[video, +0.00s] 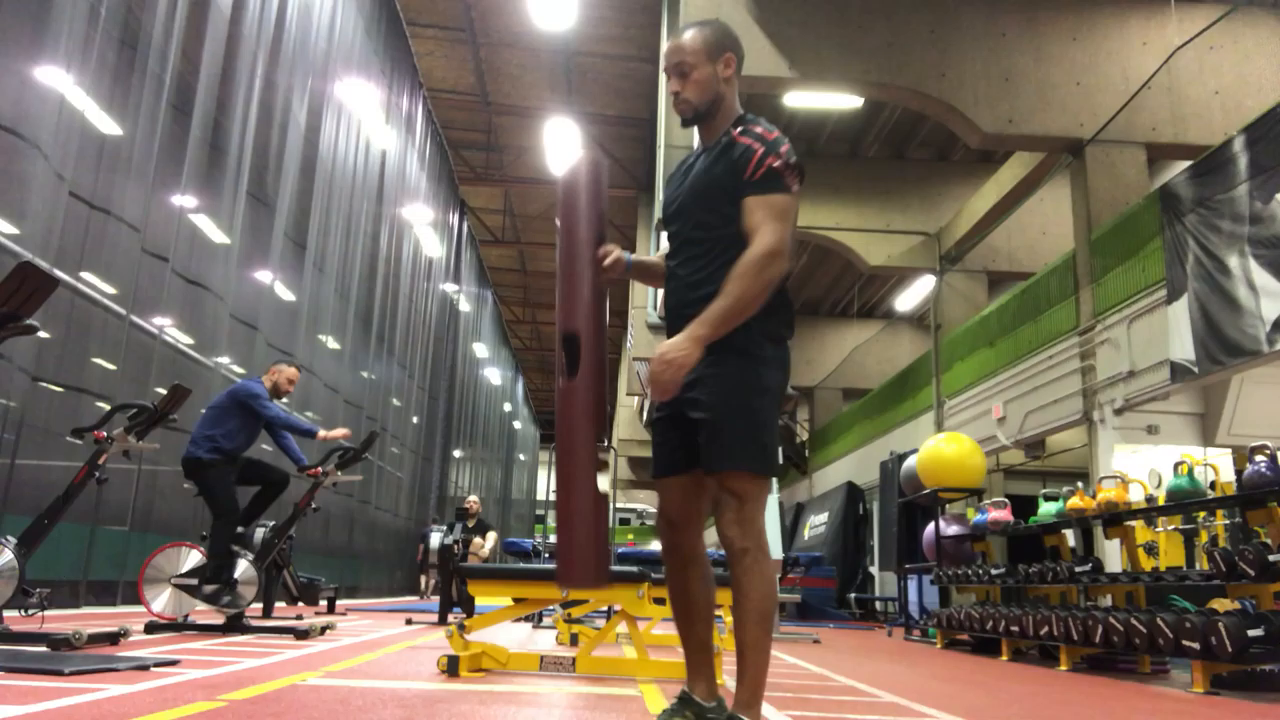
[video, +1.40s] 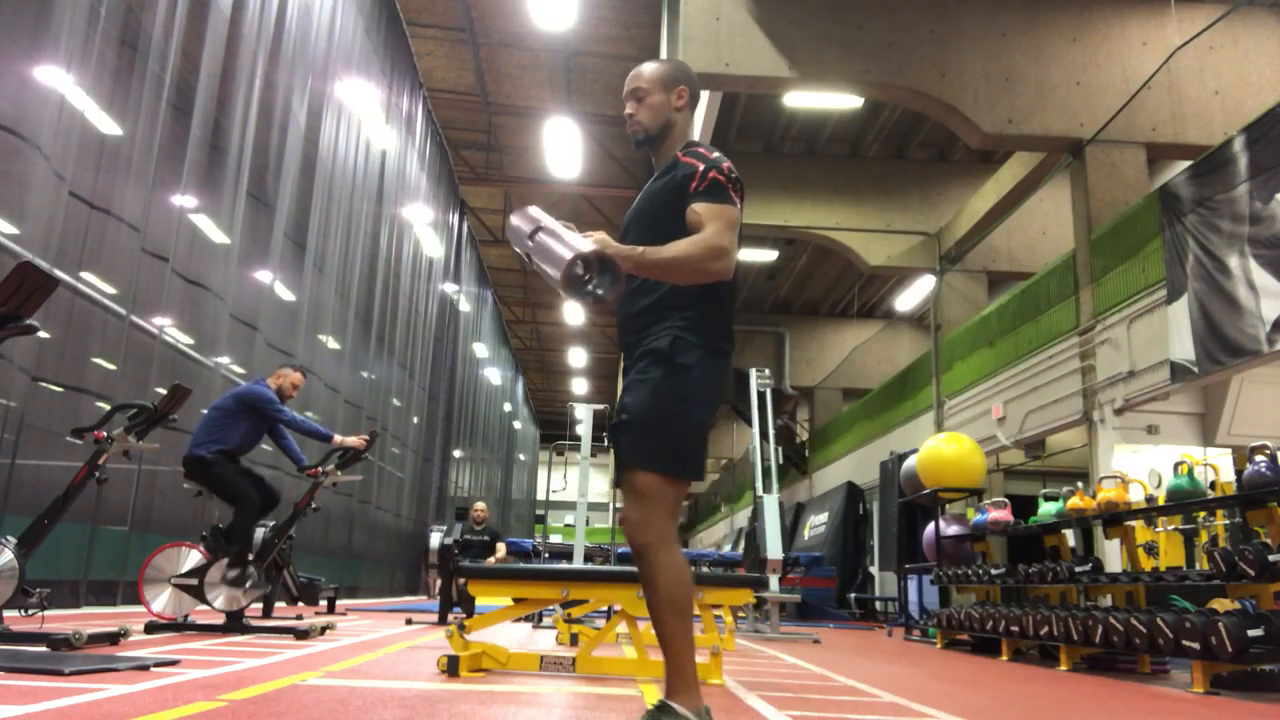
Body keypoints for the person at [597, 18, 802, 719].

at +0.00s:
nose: (671, 85)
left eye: (683, 70)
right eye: (667, 74)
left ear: (727, 68)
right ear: (673, 79)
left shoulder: (761, 143)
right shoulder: (686, 169)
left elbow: (771, 253)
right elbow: (687, 273)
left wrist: (694, 338)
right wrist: (629, 266)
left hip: (743, 359)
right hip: (684, 359)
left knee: (740, 525)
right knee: (677, 523)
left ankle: (748, 708)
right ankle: (701, 694)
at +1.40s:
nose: (627, 110)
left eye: (639, 97)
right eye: (625, 101)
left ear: (681, 98)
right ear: (654, 105)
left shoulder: (705, 163)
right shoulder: (661, 185)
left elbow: (717, 253)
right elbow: (646, 297)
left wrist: (624, 255)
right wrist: (586, 276)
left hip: (678, 366)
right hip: (654, 366)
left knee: (649, 525)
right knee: (645, 526)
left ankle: (685, 699)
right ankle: (683, 696)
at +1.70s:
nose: (616, 110)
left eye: (628, 95)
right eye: (613, 101)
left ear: (670, 97)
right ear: (622, 110)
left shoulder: (698, 165)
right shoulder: (635, 194)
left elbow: (690, 256)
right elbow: (581, 249)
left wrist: (589, 258)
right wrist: (525, 198)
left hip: (668, 363)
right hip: (648, 364)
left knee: (616, 521)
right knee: (654, 535)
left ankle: (609, 703)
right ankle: (687, 699)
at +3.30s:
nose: (574, 92)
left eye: (585, 78)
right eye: (571, 83)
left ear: (630, 79)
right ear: (579, 93)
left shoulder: (663, 158)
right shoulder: (592, 186)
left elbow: (697, 257)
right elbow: (559, 272)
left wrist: (629, 321)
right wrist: (499, 271)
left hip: (649, 371)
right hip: (607, 372)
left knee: (603, 526)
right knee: (574, 526)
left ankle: (616, 707)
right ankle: (658, 674)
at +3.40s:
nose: (572, 98)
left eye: (584, 84)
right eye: (569, 88)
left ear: (628, 83)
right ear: (581, 95)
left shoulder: (669, 165)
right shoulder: (581, 193)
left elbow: (711, 264)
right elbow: (544, 275)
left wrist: (669, 343)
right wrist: (487, 283)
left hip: (659, 368)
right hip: (616, 370)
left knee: (599, 522)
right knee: (610, 535)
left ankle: (614, 707)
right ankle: (725, 645)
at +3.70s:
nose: (571, 168)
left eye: (581, 153)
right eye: (566, 156)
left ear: (620, 147)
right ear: (568, 161)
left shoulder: (678, 221)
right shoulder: (579, 247)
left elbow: (744, 304)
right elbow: (549, 320)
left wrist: (745, 395)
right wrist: (528, 356)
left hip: (689, 411)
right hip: (653, 417)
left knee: (573, 524)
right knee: (708, 585)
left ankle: (611, 706)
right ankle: (830, 664)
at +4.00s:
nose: (583, 261)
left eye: (591, 246)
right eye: (578, 249)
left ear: (631, 236)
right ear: (579, 249)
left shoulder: (700, 303)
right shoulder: (593, 334)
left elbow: (766, 389)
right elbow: (567, 407)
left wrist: (778, 483)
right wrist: (556, 460)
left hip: (722, 470)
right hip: (668, 477)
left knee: (566, 525)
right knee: (700, 679)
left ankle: (609, 707)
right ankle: (837, 670)